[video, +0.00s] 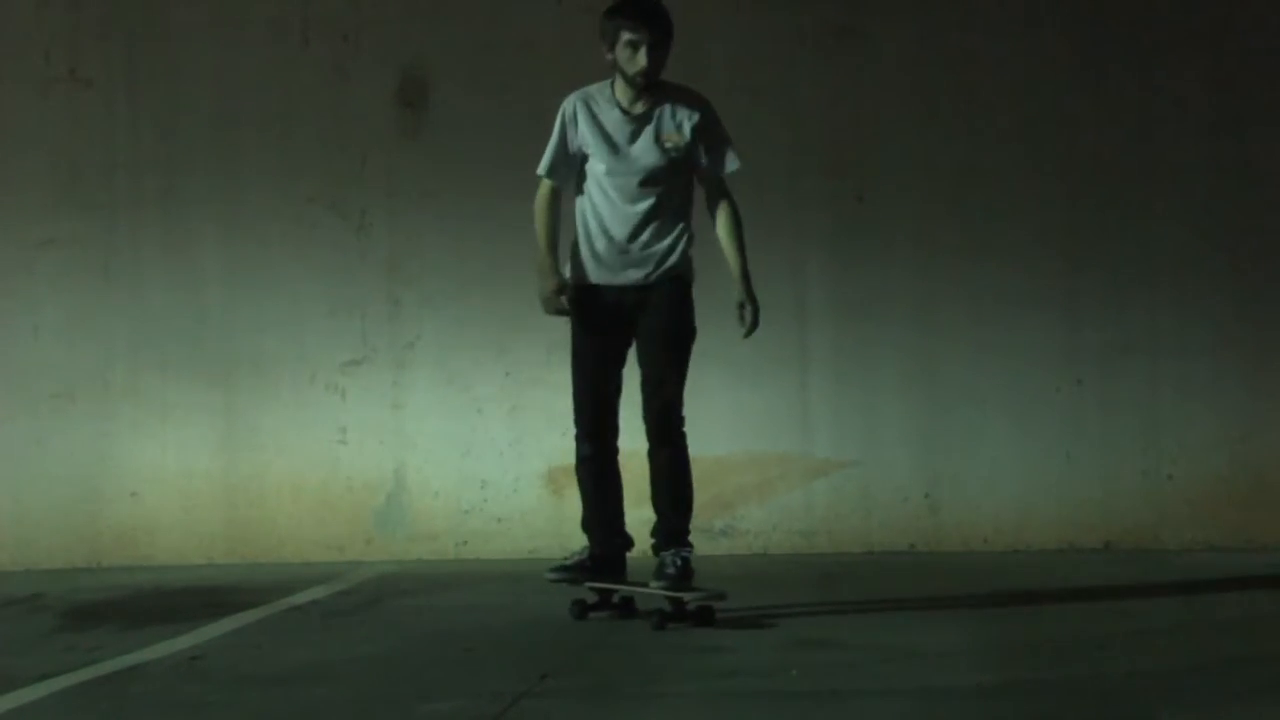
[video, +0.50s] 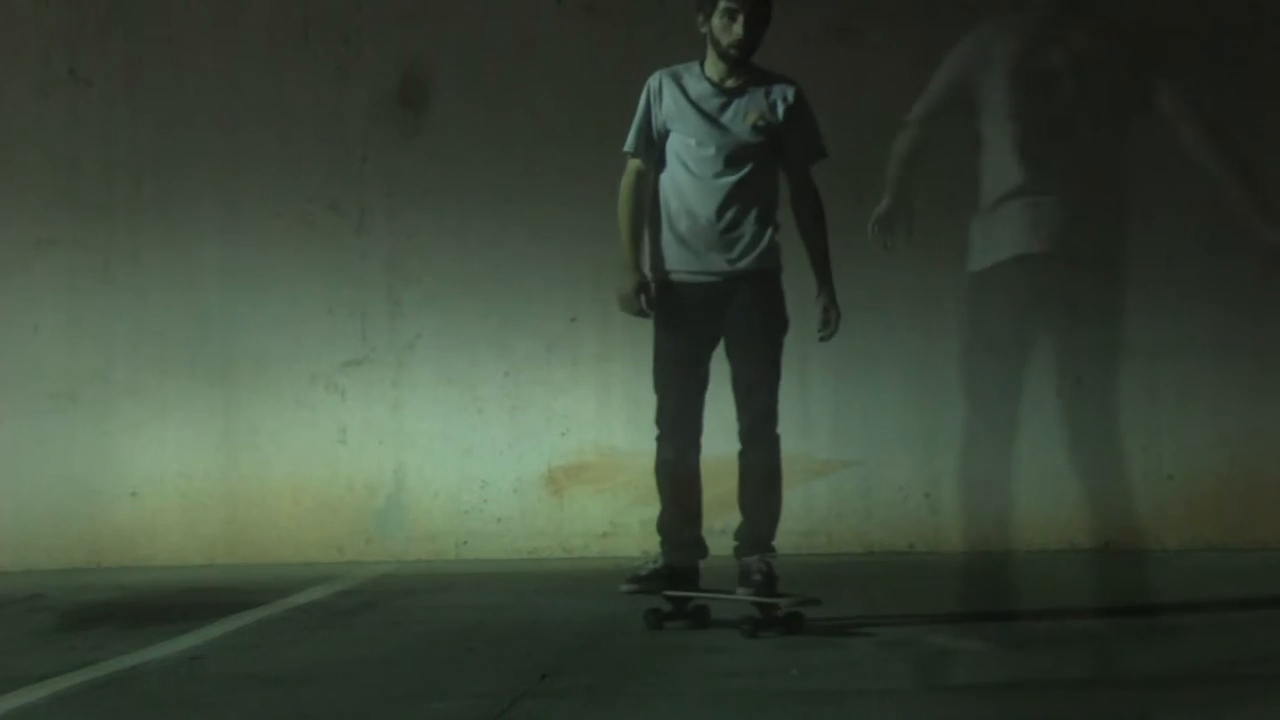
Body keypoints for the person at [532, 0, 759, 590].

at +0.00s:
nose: (643, 57)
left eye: (653, 46)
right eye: (632, 45)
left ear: (665, 50)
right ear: (610, 48)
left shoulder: (689, 113)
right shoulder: (578, 110)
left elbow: (719, 197)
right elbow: (548, 189)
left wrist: (741, 280)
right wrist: (548, 272)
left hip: (664, 291)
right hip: (595, 291)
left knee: (662, 421)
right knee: (592, 428)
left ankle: (673, 548)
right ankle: (605, 550)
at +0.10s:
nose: (665, 49)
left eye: (675, 38)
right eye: (654, 37)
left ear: (686, 43)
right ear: (630, 40)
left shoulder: (707, 109)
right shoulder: (595, 104)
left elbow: (732, 198)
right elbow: (566, 188)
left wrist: (756, 283)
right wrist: (569, 269)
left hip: (682, 290)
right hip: (611, 290)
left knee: (680, 423)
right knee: (607, 429)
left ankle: (686, 549)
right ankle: (616, 551)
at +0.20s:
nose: (686, 41)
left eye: (696, 30)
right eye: (674, 29)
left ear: (705, 35)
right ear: (650, 32)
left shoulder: (724, 104)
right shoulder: (612, 98)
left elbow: (749, 199)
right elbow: (583, 185)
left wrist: (771, 286)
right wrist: (587, 267)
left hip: (699, 287)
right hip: (628, 288)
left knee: (699, 423)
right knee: (622, 429)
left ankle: (700, 551)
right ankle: (629, 554)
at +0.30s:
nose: (705, 36)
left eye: (715, 25)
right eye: (694, 23)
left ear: (725, 32)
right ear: (669, 28)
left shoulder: (743, 103)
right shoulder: (629, 95)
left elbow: (767, 198)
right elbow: (601, 183)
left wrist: (788, 288)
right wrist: (603, 270)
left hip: (717, 288)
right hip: (645, 288)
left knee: (718, 425)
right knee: (639, 426)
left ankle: (716, 553)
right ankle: (642, 554)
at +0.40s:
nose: (724, 33)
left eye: (735, 21)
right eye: (713, 19)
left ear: (745, 28)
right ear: (687, 24)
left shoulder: (761, 101)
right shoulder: (646, 92)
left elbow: (785, 196)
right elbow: (618, 179)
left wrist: (806, 286)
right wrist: (618, 269)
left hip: (735, 287)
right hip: (661, 287)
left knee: (738, 425)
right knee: (656, 427)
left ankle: (736, 554)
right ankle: (659, 556)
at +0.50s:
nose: (742, 29)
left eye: (752, 18)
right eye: (730, 16)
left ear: (762, 23)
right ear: (705, 21)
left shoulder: (781, 98)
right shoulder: (663, 89)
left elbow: (804, 192)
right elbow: (635, 178)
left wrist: (824, 284)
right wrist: (632, 268)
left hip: (754, 284)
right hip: (680, 285)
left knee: (758, 425)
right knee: (675, 427)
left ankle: (757, 556)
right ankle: (679, 559)